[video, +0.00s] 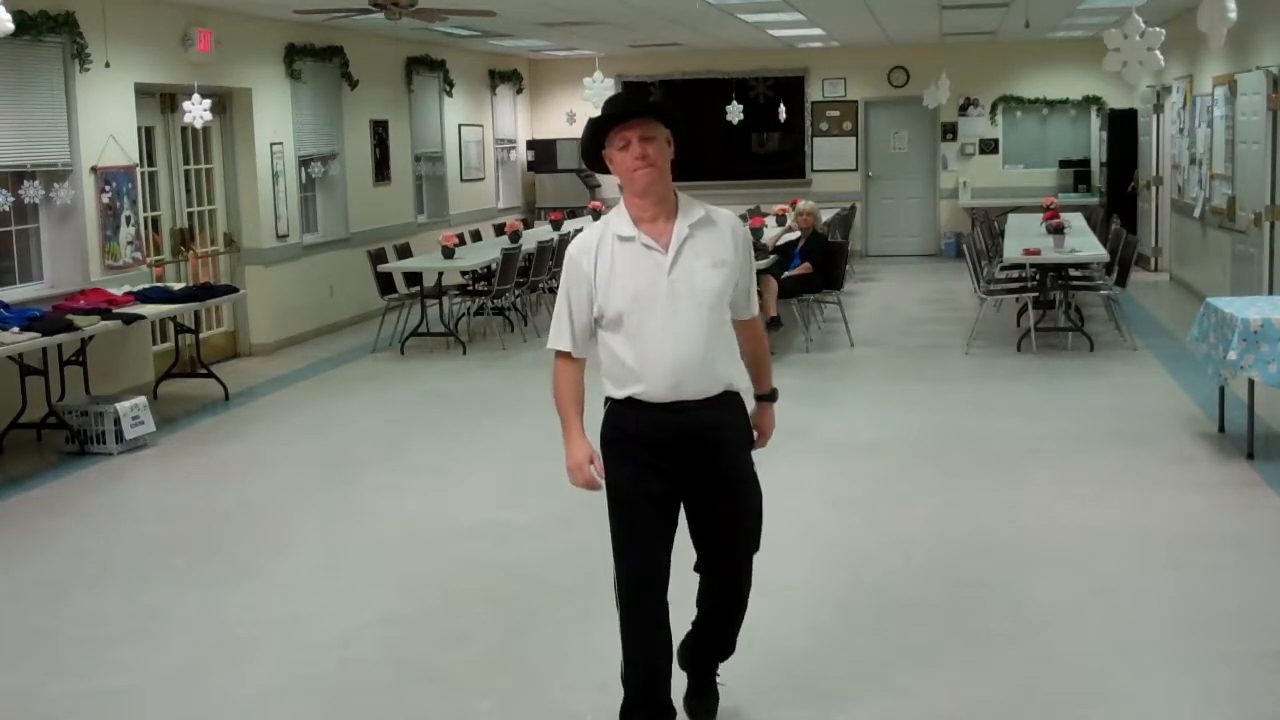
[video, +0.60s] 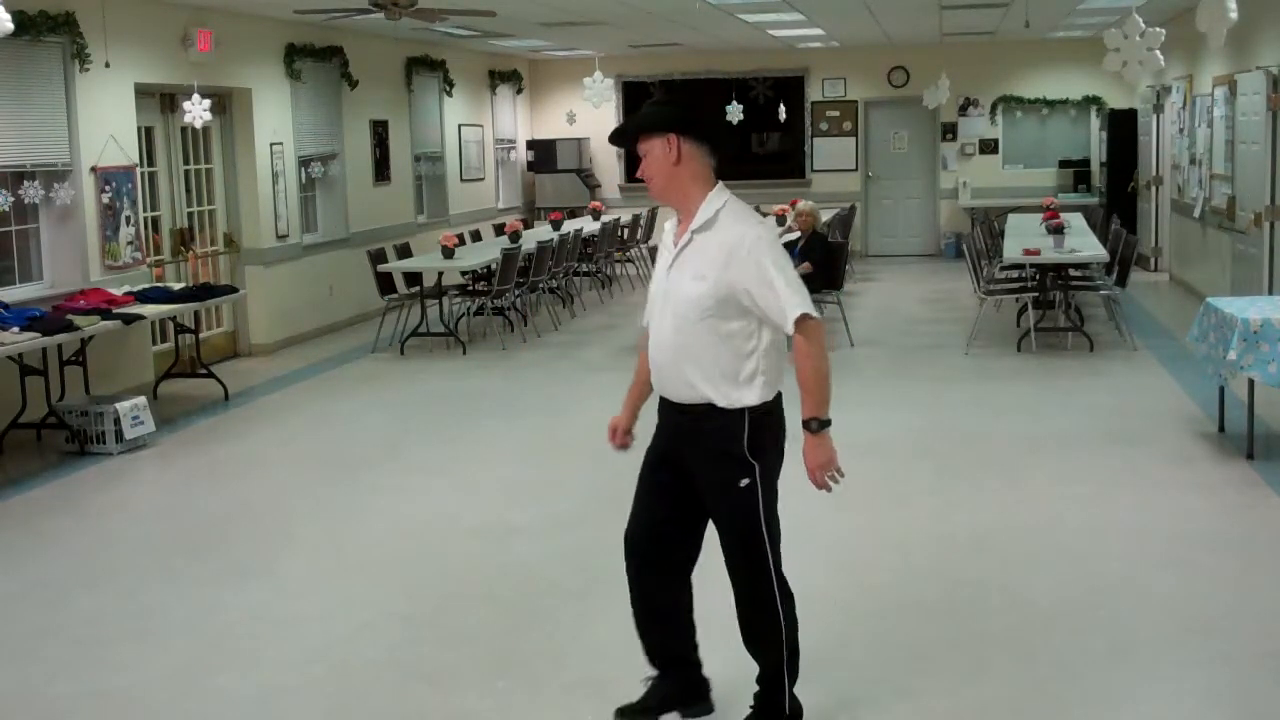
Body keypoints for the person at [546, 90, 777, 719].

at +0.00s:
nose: (639, 150)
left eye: (648, 138)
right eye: (624, 144)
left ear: (671, 149)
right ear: (609, 165)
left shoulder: (726, 230)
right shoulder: (589, 247)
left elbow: (747, 318)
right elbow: (568, 351)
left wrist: (764, 394)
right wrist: (574, 435)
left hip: (718, 425)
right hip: (636, 430)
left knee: (732, 569)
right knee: (640, 585)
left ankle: (702, 661)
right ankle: (645, 713)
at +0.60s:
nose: (638, 171)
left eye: (644, 156)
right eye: (636, 159)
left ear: (678, 151)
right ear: (676, 155)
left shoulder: (747, 232)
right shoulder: (674, 229)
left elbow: (808, 327)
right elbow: (660, 328)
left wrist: (816, 429)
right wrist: (632, 405)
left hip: (740, 426)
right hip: (679, 422)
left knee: (755, 569)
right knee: (650, 552)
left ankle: (778, 699)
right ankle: (680, 680)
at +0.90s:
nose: (650, 169)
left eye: (651, 157)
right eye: (652, 157)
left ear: (664, 156)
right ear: (706, 156)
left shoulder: (696, 225)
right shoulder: (730, 218)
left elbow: (697, 330)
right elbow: (760, 305)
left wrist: (682, 421)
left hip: (706, 409)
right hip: (738, 401)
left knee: (723, 557)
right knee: (729, 549)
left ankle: (773, 699)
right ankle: (736, 671)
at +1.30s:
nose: (640, 179)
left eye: (636, 171)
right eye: (656, 170)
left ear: (636, 173)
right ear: (688, 173)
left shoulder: (612, 246)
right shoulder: (732, 238)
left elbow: (568, 346)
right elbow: (772, 330)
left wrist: (554, 386)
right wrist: (793, 404)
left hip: (654, 412)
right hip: (725, 404)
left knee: (681, 551)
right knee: (700, 531)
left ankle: (718, 696)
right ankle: (677, 643)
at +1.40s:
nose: (631, 176)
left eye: (629, 168)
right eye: (643, 166)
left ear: (631, 171)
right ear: (681, 169)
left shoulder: (607, 241)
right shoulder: (723, 233)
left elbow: (573, 334)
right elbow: (763, 322)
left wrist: (574, 371)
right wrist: (793, 398)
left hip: (640, 403)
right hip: (711, 398)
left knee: (652, 532)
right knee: (696, 525)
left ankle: (702, 667)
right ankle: (674, 644)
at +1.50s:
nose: (644, 168)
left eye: (629, 160)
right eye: (661, 157)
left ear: (623, 163)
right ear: (675, 161)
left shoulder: (596, 234)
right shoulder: (715, 225)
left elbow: (586, 332)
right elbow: (751, 310)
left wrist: (623, 361)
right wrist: (787, 385)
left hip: (630, 394)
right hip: (702, 389)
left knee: (620, 507)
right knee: (695, 510)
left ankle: (667, 626)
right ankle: (679, 639)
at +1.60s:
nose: (647, 166)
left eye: (626, 157)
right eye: (659, 156)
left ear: (616, 160)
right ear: (667, 160)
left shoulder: (587, 230)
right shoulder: (704, 218)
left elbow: (585, 322)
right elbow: (737, 299)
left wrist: (625, 356)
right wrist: (778, 372)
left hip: (619, 388)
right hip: (693, 384)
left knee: (611, 497)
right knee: (689, 513)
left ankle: (626, 627)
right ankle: (677, 649)